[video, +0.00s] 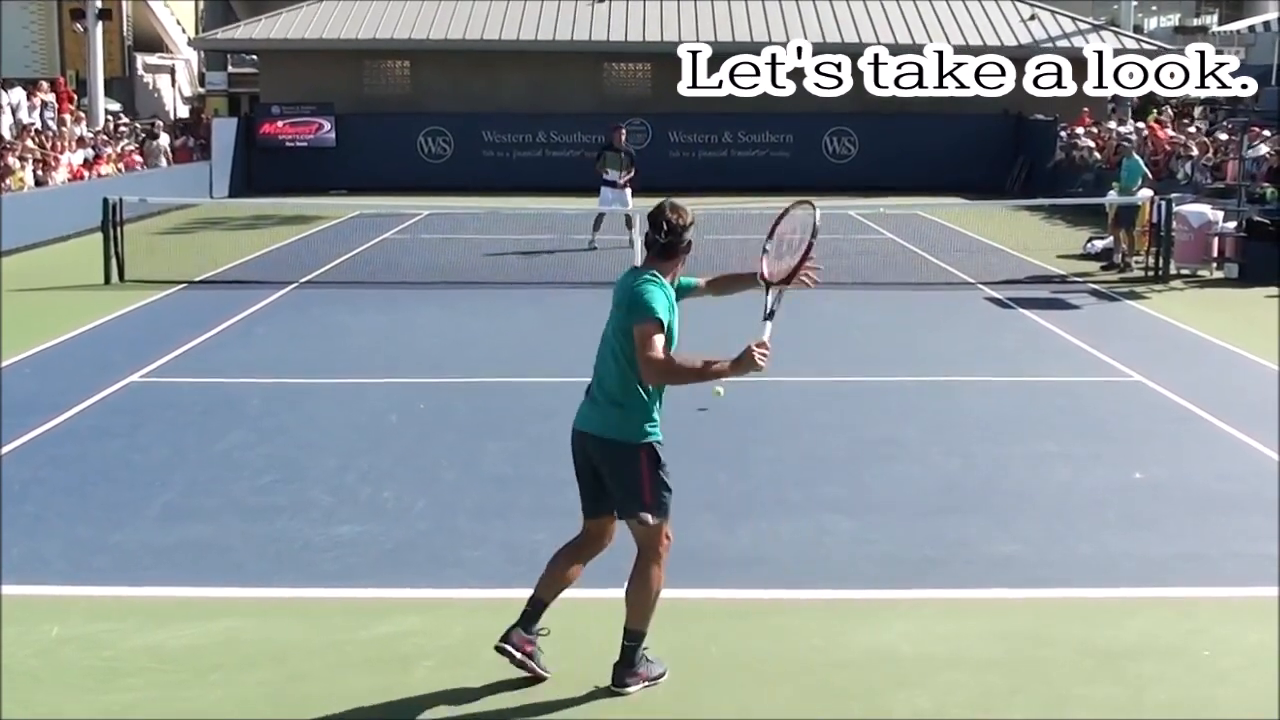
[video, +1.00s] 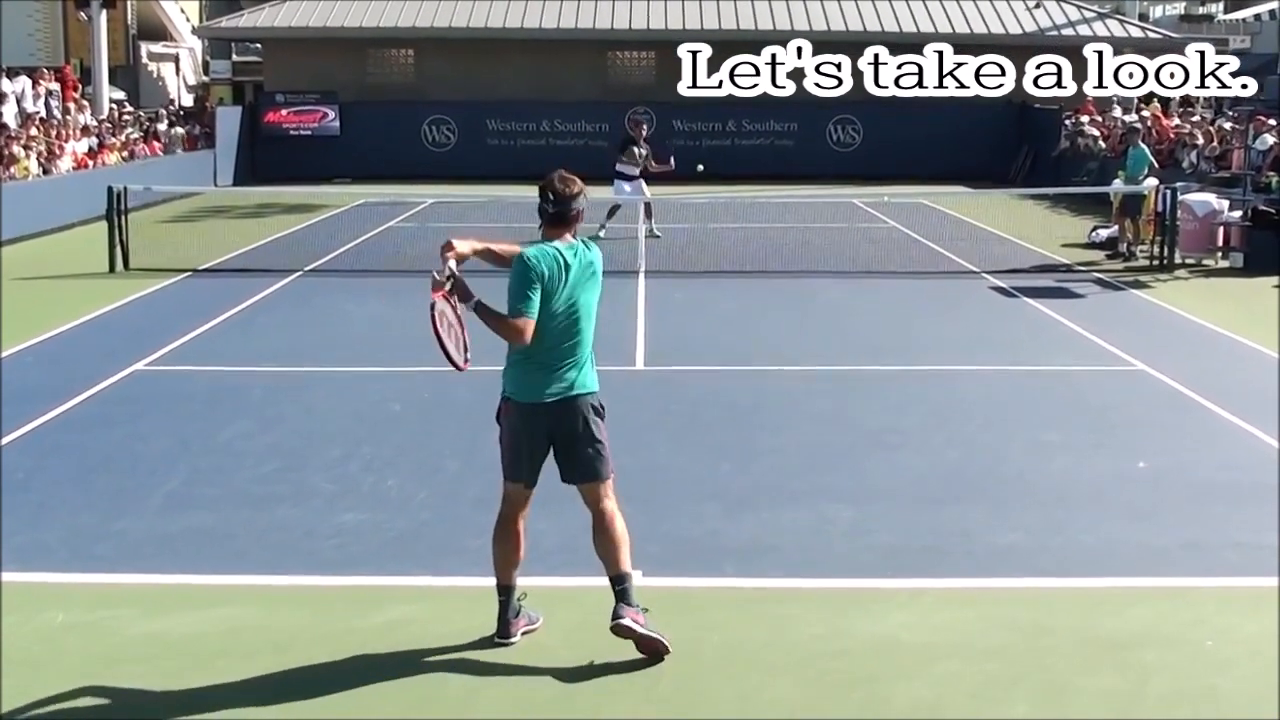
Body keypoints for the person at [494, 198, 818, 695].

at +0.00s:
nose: (690, 252)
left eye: (686, 246)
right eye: (690, 246)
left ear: (648, 243)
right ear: (686, 249)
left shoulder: (635, 280)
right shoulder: (654, 293)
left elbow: (709, 285)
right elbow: (653, 369)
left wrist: (774, 275)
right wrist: (731, 365)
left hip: (592, 431)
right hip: (631, 438)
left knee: (596, 534)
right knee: (654, 544)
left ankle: (523, 630)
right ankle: (630, 663)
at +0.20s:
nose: (688, 260)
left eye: (686, 254)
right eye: (688, 252)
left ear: (649, 245)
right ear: (682, 254)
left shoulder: (662, 289)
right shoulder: (629, 290)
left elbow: (720, 298)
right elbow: (596, 346)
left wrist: (793, 304)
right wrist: (644, 381)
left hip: (566, 418)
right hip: (593, 426)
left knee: (562, 517)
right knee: (621, 539)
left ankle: (510, 617)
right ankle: (627, 660)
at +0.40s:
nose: (670, 283)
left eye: (668, 276)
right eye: (671, 277)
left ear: (630, 267)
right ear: (664, 281)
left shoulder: (602, 292)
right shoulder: (620, 326)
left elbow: (648, 314)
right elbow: (600, 395)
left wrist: (698, 345)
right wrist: (594, 464)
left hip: (524, 429)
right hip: (562, 442)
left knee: (537, 518)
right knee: (622, 534)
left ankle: (503, 623)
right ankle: (623, 660)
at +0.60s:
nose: (642, 277)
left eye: (643, 270)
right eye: (643, 271)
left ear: (601, 256)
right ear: (632, 272)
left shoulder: (545, 276)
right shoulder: (623, 327)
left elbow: (507, 287)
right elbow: (647, 378)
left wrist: (560, 294)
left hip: (510, 429)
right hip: (565, 439)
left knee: (511, 514)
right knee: (615, 534)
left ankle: (502, 624)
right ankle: (625, 656)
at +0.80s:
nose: (611, 240)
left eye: (605, 231)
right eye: (612, 234)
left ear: (570, 224)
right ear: (608, 235)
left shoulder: (524, 262)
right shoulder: (611, 283)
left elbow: (473, 318)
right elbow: (575, 304)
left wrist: (490, 275)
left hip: (514, 408)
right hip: (571, 412)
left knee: (510, 510)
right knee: (601, 517)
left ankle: (504, 621)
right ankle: (623, 624)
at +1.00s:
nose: (577, 215)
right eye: (579, 209)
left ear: (540, 213)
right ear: (579, 214)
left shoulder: (530, 260)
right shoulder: (592, 255)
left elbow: (520, 333)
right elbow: (530, 254)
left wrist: (470, 301)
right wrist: (474, 246)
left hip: (525, 405)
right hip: (578, 402)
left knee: (513, 507)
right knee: (604, 504)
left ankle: (507, 614)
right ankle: (626, 604)